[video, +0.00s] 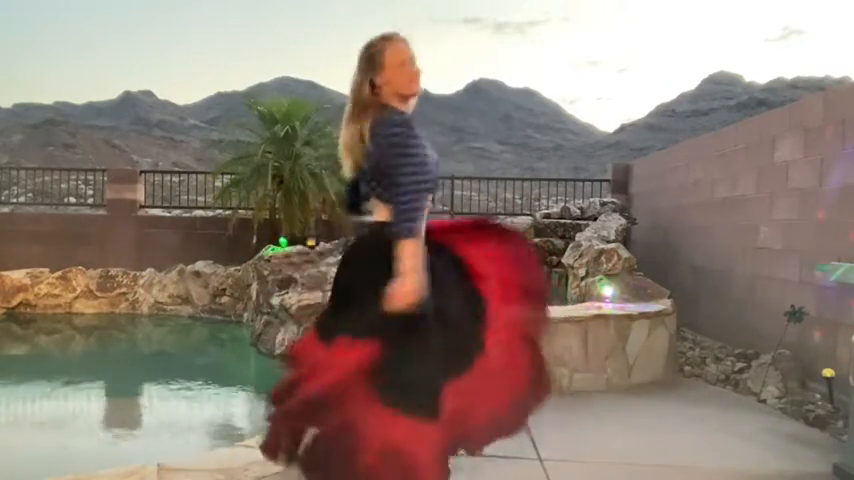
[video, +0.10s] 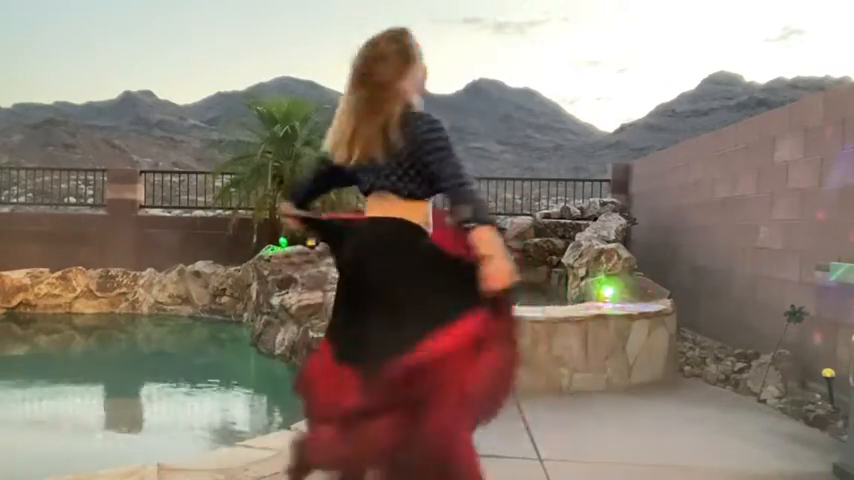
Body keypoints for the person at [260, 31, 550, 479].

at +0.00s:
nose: (415, 74)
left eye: (415, 64)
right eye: (404, 67)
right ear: (376, 79)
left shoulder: (376, 124)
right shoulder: (394, 128)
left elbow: (357, 197)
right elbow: (409, 198)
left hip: (380, 248)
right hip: (398, 252)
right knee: (411, 357)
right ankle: (404, 458)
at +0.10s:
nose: (426, 75)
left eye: (423, 66)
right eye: (421, 66)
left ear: (374, 75)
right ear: (405, 74)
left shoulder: (357, 131)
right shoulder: (422, 127)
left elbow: (327, 173)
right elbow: (458, 188)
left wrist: (293, 205)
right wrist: (492, 248)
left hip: (366, 252)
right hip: (412, 252)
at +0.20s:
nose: (433, 86)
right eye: (429, 78)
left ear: (365, 79)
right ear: (422, 81)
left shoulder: (351, 130)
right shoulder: (437, 131)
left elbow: (300, 168)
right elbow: (480, 185)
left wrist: (253, 193)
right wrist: (532, 239)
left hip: (363, 238)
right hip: (415, 239)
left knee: (372, 349)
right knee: (430, 355)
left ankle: (375, 451)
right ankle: (431, 454)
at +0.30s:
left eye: (380, 75)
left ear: (385, 81)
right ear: (433, 88)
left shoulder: (359, 130)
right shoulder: (440, 139)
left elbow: (300, 165)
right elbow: (493, 198)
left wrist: (233, 193)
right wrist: (546, 248)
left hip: (360, 247)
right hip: (414, 245)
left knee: (369, 357)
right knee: (417, 360)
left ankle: (373, 449)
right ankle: (421, 456)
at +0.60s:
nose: (389, 89)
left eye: (400, 82)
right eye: (384, 82)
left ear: (424, 92)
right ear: (381, 89)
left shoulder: (416, 141)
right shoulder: (399, 137)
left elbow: (422, 201)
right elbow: (412, 200)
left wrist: (405, 238)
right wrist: (454, 238)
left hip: (410, 261)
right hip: (397, 257)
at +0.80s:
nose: (403, 74)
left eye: (412, 67)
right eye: (395, 68)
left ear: (430, 76)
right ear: (383, 78)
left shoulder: (440, 134)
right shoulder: (378, 134)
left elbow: (492, 178)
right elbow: (361, 181)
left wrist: (549, 212)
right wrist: (342, 201)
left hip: (419, 252)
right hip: (379, 251)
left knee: (410, 360)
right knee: (389, 357)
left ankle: (415, 462)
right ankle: (410, 460)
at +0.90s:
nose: (405, 72)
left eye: (413, 64)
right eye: (396, 66)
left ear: (428, 74)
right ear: (384, 76)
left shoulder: (449, 132)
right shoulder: (368, 134)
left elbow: (496, 173)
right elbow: (329, 171)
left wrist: (555, 201)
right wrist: (289, 191)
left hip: (433, 253)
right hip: (379, 254)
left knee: (427, 354)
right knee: (385, 354)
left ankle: (422, 453)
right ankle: (394, 453)